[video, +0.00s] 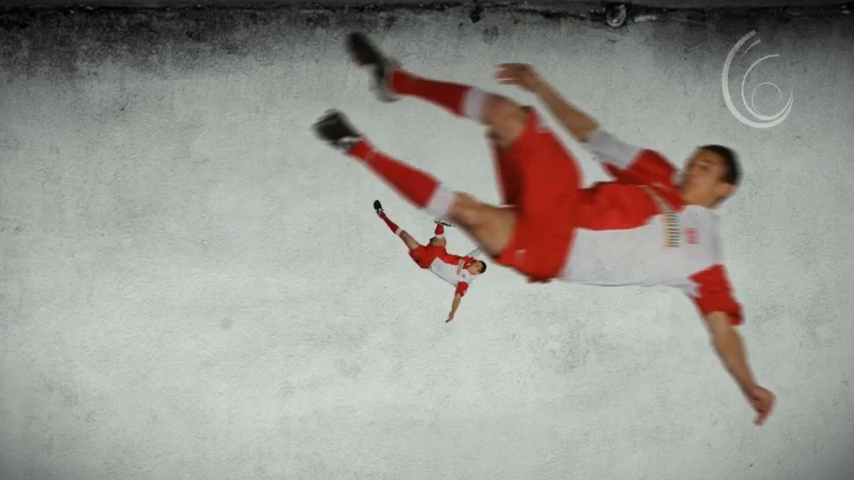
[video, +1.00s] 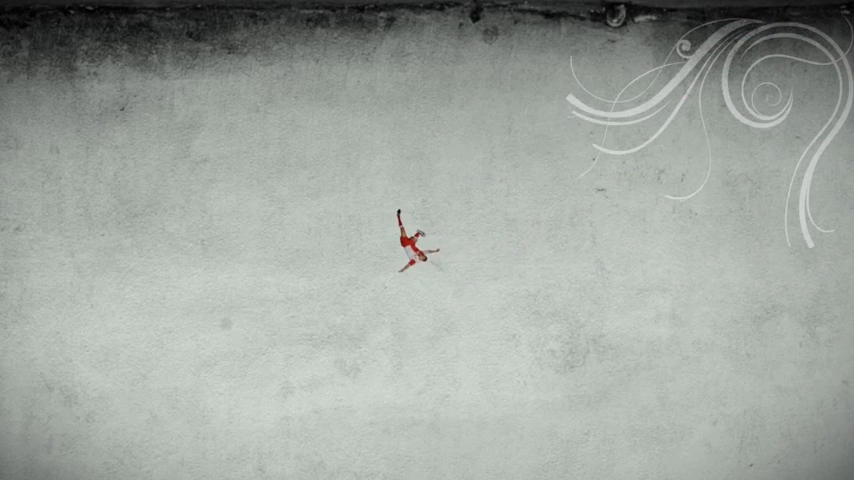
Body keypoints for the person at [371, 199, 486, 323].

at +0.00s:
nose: (474, 268)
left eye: (478, 269)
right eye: (476, 265)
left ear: (477, 274)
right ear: (473, 263)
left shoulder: (464, 282)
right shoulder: (467, 260)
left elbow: (458, 298)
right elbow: (478, 250)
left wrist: (452, 313)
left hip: (425, 261)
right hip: (437, 253)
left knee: (404, 235)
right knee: (440, 239)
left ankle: (382, 215)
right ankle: (440, 224)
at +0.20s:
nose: (461, 267)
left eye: (464, 270)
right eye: (464, 266)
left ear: (463, 274)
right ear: (462, 265)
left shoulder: (452, 280)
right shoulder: (458, 261)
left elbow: (445, 294)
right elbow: (469, 253)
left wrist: (438, 306)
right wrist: (481, 246)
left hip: (420, 258)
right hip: (432, 252)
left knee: (403, 234)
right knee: (434, 241)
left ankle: (386, 215)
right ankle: (436, 228)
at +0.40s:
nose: (449, 268)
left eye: (451, 270)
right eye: (451, 267)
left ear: (450, 274)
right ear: (450, 264)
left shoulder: (439, 278)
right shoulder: (446, 262)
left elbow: (432, 289)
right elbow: (457, 256)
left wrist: (426, 299)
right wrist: (468, 251)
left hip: (415, 256)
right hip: (425, 252)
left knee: (403, 233)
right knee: (428, 242)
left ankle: (389, 214)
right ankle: (431, 231)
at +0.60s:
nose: (439, 264)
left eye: (440, 267)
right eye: (441, 264)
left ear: (439, 270)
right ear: (440, 262)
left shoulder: (430, 273)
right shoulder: (437, 261)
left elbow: (423, 282)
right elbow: (446, 256)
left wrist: (416, 290)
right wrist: (456, 253)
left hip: (411, 252)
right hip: (420, 250)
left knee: (402, 231)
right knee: (423, 242)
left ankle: (392, 215)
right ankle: (426, 233)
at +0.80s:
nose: (429, 262)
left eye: (430, 264)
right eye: (431, 262)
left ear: (429, 266)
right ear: (431, 260)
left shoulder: (421, 267)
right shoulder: (428, 257)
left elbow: (414, 274)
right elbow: (437, 254)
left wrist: (408, 280)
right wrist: (445, 253)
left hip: (407, 248)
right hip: (415, 247)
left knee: (402, 230)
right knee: (418, 241)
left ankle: (396, 216)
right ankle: (422, 233)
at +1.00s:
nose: (421, 256)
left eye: (422, 258)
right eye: (423, 256)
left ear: (421, 259)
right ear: (423, 255)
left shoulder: (413, 260)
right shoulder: (419, 253)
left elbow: (407, 266)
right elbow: (427, 251)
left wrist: (402, 270)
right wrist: (435, 251)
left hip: (404, 243)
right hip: (411, 244)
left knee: (402, 229)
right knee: (413, 240)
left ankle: (398, 216)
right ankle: (418, 233)